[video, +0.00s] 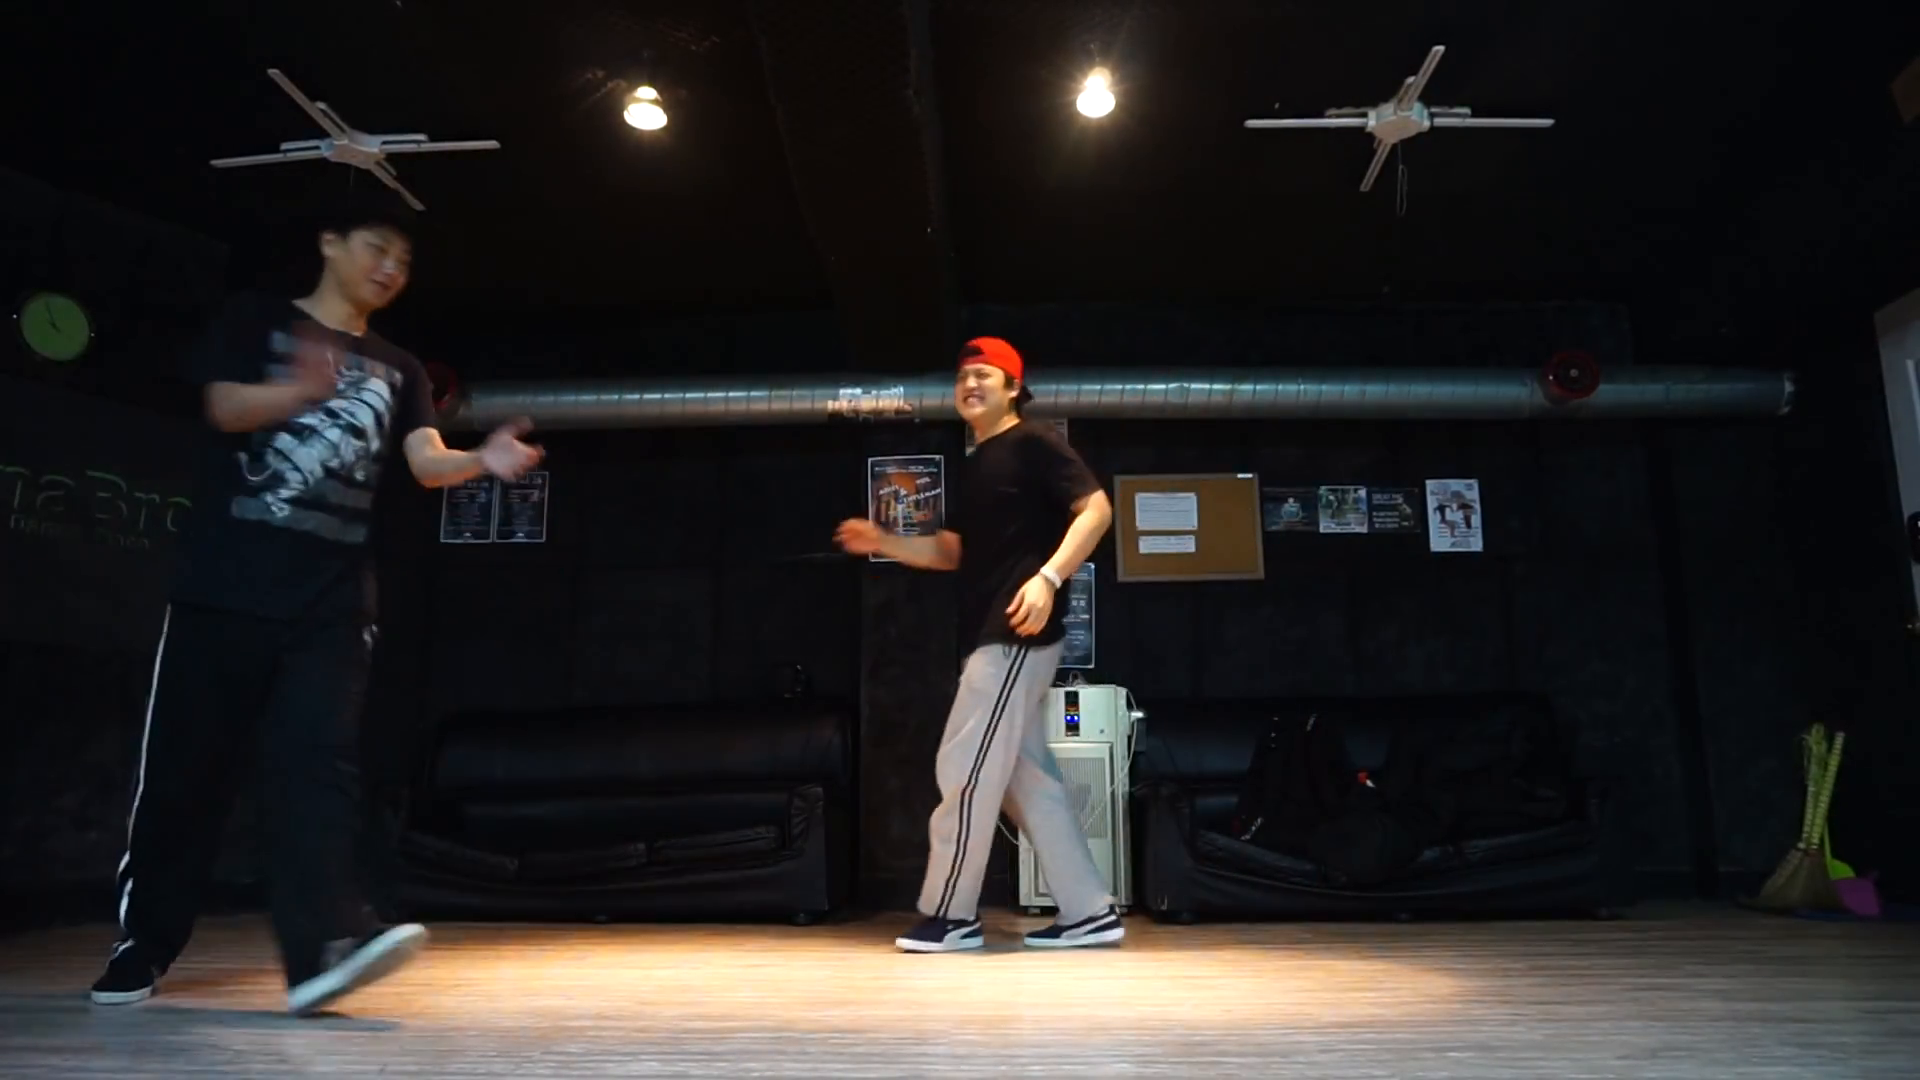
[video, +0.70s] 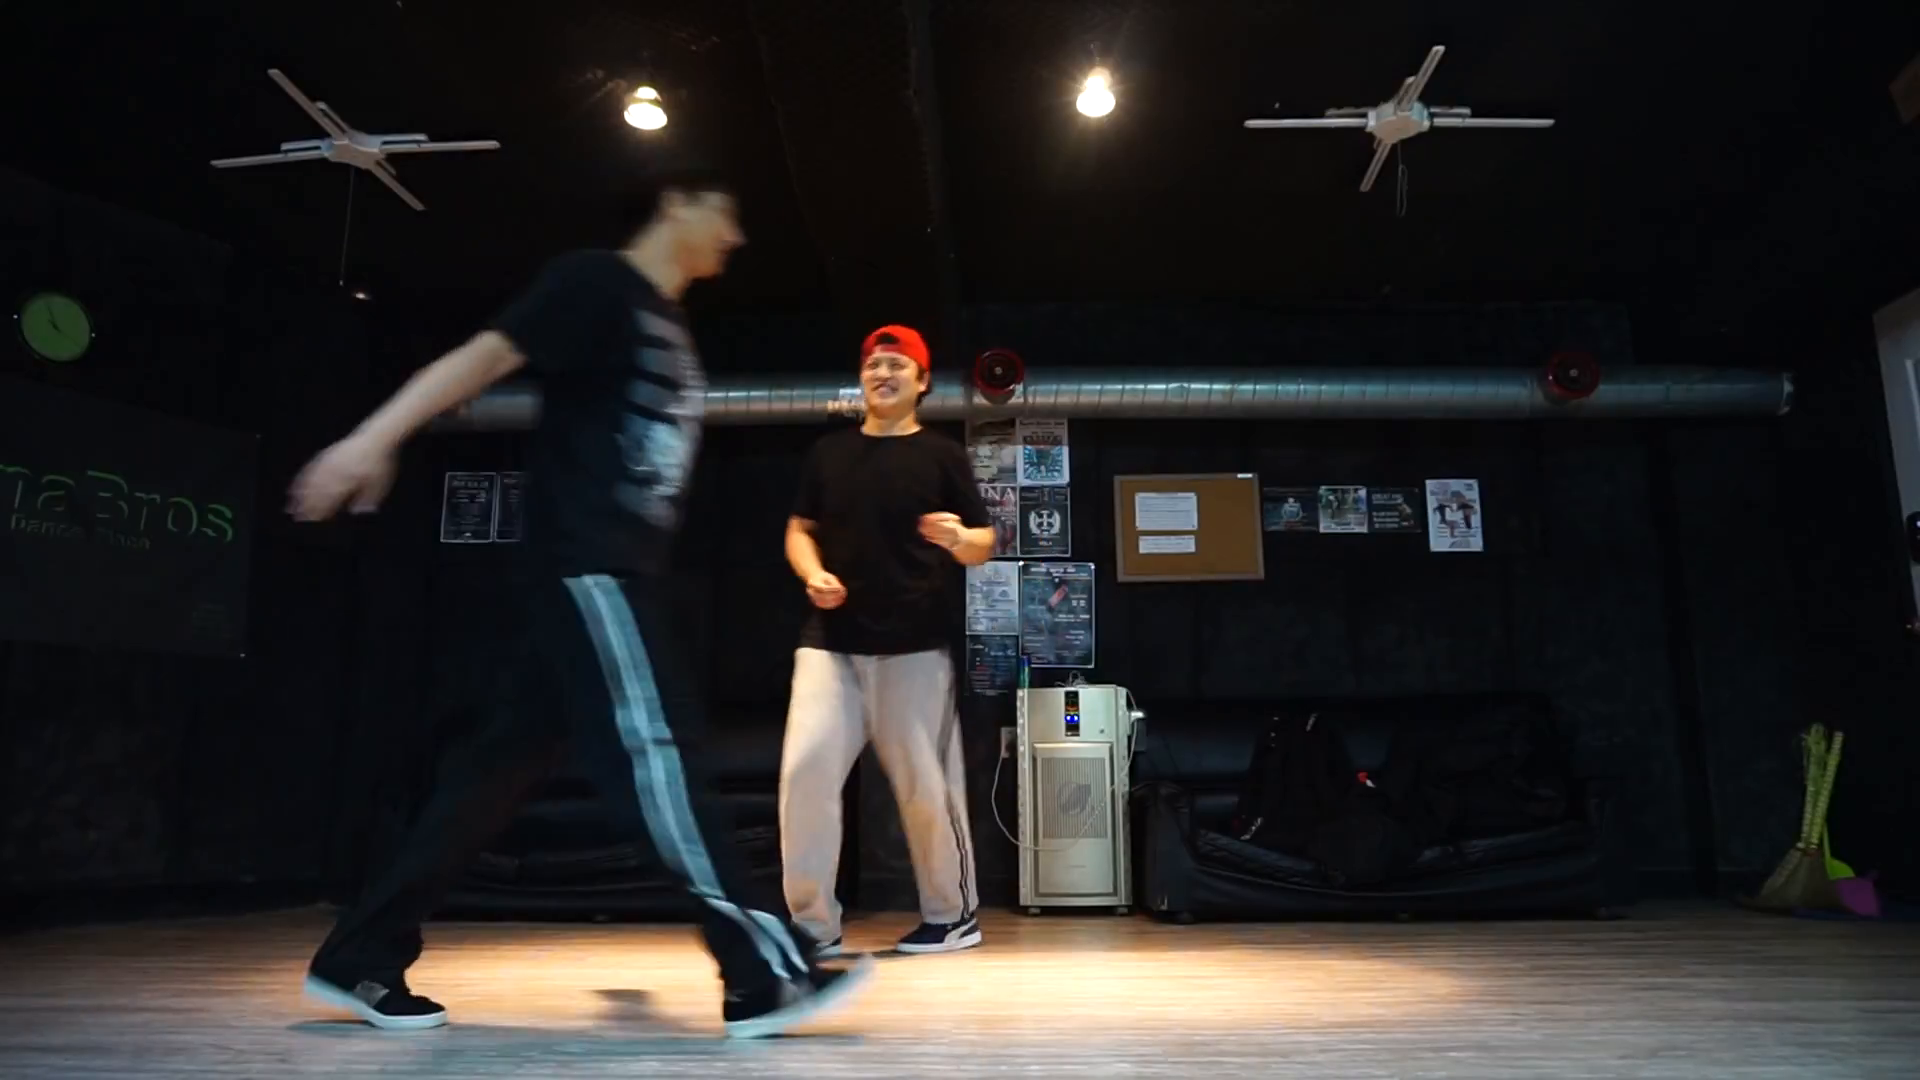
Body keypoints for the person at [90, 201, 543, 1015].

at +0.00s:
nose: (391, 269)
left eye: (402, 261)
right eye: (378, 250)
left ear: (404, 276)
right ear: (330, 244)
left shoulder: (400, 371)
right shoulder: (259, 321)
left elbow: (427, 464)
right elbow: (224, 408)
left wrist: (483, 458)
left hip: (329, 596)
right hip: (228, 580)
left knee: (318, 767)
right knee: (180, 770)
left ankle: (317, 953)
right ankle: (141, 949)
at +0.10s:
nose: (432, 280)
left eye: (443, 269)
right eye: (421, 259)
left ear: (444, 282)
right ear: (371, 248)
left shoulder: (425, 381)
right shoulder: (289, 322)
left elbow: (432, 479)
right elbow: (288, 407)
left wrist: (459, 443)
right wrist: (414, 439)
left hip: (353, 599)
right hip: (249, 583)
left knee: (348, 775)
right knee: (190, 769)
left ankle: (338, 971)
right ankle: (135, 947)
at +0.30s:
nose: (526, 255)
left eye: (534, 241)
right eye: (515, 234)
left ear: (530, 252)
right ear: (466, 225)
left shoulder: (504, 360)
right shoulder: (380, 297)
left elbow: (516, 466)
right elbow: (348, 393)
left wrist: (543, 550)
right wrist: (437, 501)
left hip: (429, 578)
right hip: (339, 557)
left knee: (416, 771)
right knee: (294, 737)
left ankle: (345, 975)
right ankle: (176, 891)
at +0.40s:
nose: (569, 232)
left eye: (573, 217)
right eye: (558, 211)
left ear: (545, 219)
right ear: (507, 202)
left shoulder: (536, 333)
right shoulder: (426, 276)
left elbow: (546, 456)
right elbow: (379, 381)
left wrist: (565, 572)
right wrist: (376, 507)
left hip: (480, 556)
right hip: (407, 535)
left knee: (441, 751)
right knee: (405, 716)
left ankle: (351, 972)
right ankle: (265, 887)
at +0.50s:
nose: (614, 213)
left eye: (616, 199)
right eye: (602, 193)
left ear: (574, 197)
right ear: (549, 186)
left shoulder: (574, 317)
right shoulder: (478, 269)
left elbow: (576, 452)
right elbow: (401, 375)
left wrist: (585, 571)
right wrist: (330, 478)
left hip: (519, 547)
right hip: (455, 531)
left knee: (441, 745)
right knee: (494, 706)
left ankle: (346, 970)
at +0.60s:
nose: (670, 219)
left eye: (669, 203)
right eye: (656, 197)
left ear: (628, 204)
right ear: (605, 192)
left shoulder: (611, 314)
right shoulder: (534, 273)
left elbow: (598, 454)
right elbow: (432, 359)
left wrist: (605, 562)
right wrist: (328, 450)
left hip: (557, 560)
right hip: (512, 551)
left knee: (458, 757)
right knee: (571, 735)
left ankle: (349, 969)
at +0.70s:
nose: (735, 236)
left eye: (735, 221)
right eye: (724, 215)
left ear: (693, 222)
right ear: (673, 208)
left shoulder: (662, 320)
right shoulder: (595, 283)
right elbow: (481, 360)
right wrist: (371, 442)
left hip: (619, 568)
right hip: (585, 565)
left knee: (504, 758)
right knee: (654, 747)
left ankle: (361, 956)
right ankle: (759, 973)